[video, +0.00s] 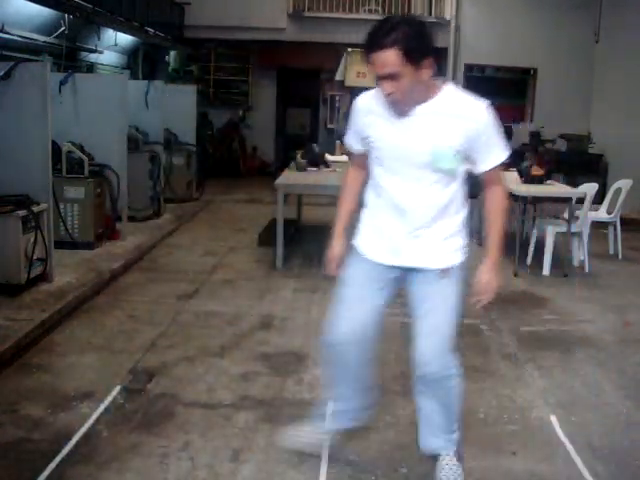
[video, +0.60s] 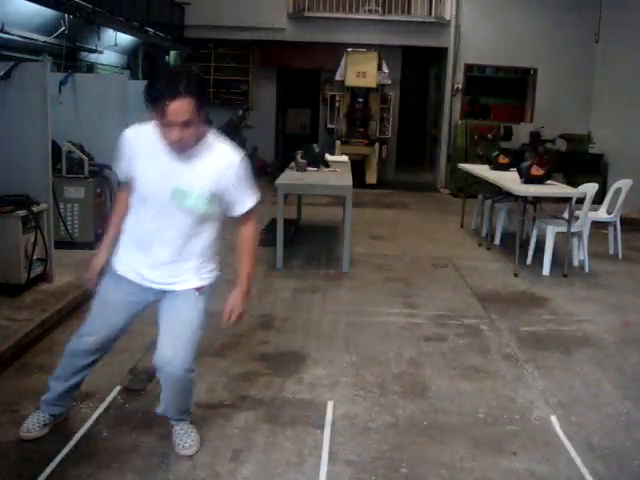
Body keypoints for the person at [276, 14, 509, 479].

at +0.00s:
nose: (383, 88)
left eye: (391, 77)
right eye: (376, 78)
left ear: (426, 67)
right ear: (370, 71)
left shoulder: (470, 114)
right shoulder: (367, 108)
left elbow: (494, 185)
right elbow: (357, 168)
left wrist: (491, 261)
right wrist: (339, 235)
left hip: (439, 257)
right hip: (374, 249)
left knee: (433, 361)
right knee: (343, 334)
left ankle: (445, 449)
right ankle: (343, 413)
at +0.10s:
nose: (348, 99)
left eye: (358, 89)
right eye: (344, 89)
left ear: (392, 83)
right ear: (339, 85)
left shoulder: (431, 136)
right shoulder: (334, 119)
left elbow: (455, 213)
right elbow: (326, 182)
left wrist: (454, 291)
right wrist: (301, 243)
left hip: (400, 278)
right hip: (334, 266)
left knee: (423, 373)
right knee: (277, 335)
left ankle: (447, 460)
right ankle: (235, 414)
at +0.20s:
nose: (312, 95)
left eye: (322, 85)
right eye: (306, 84)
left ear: (351, 80)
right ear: (300, 77)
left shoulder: (382, 136)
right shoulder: (288, 106)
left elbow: (401, 209)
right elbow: (272, 165)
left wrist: (405, 287)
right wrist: (253, 224)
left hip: (342, 271)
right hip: (277, 258)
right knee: (240, 338)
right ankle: (228, 419)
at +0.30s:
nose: (272, 82)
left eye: (283, 74)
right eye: (266, 71)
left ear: (311, 70)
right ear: (258, 64)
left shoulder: (336, 122)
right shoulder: (242, 92)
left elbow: (353, 191)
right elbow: (223, 141)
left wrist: (355, 266)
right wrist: (207, 202)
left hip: (294, 250)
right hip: (234, 240)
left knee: (299, 344)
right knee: (212, 324)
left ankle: (344, 420)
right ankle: (222, 410)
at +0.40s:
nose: (234, 87)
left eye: (244, 78)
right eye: (227, 76)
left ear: (269, 71)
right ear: (217, 67)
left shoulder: (297, 115)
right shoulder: (202, 95)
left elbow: (320, 179)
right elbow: (189, 144)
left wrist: (311, 251)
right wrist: (165, 199)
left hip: (257, 246)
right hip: (200, 232)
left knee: (226, 343)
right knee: (161, 312)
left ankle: (215, 409)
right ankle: (172, 387)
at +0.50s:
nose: (201, 107)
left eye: (212, 98)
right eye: (194, 97)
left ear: (234, 91)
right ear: (185, 89)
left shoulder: (262, 132)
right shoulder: (169, 115)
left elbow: (288, 189)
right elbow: (160, 165)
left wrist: (274, 259)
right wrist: (133, 220)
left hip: (219, 267)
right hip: (163, 251)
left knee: (187, 354)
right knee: (117, 324)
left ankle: (174, 413)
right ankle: (81, 398)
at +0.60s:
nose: (177, 135)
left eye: (186, 125)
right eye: (168, 125)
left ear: (203, 118)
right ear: (156, 117)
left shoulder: (227, 160)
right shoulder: (136, 140)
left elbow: (248, 221)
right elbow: (126, 192)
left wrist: (242, 289)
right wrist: (104, 250)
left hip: (188, 281)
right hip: (130, 270)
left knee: (175, 364)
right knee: (88, 342)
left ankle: (180, 419)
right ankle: (52, 407)